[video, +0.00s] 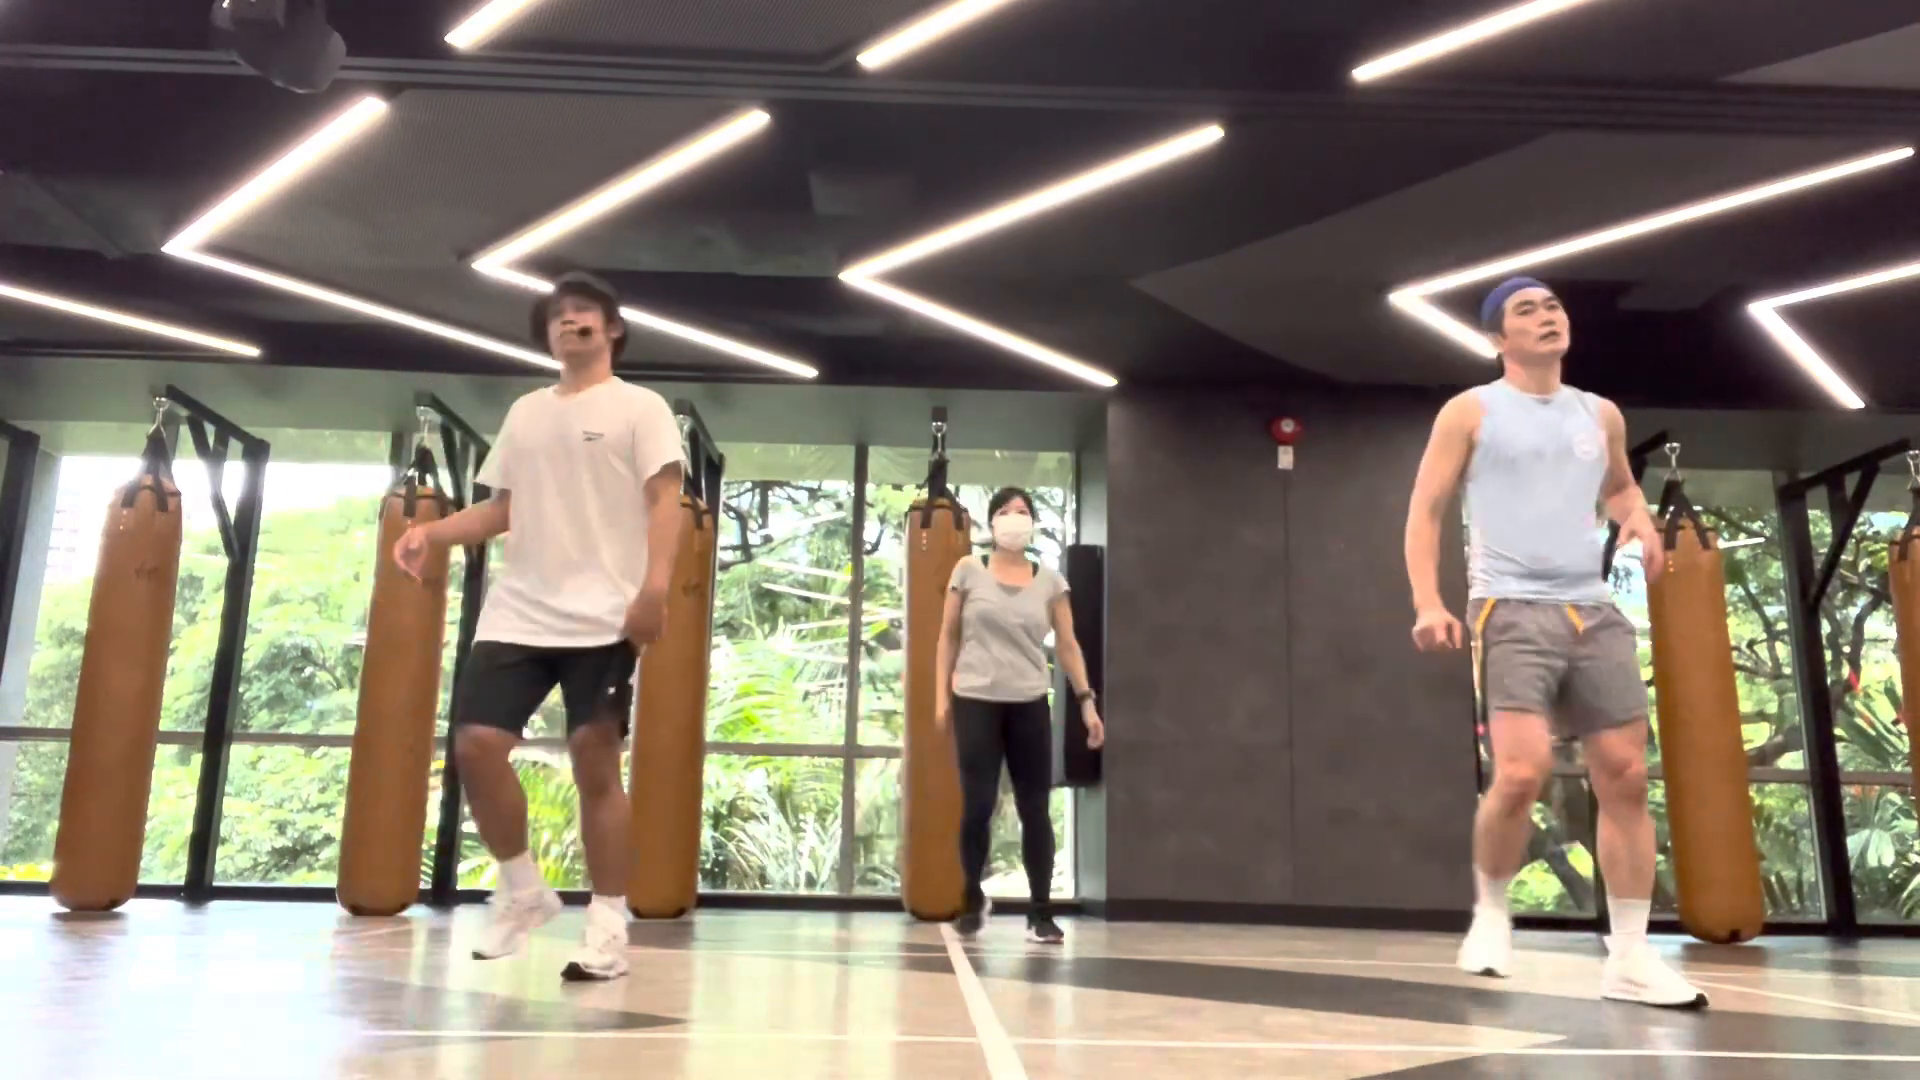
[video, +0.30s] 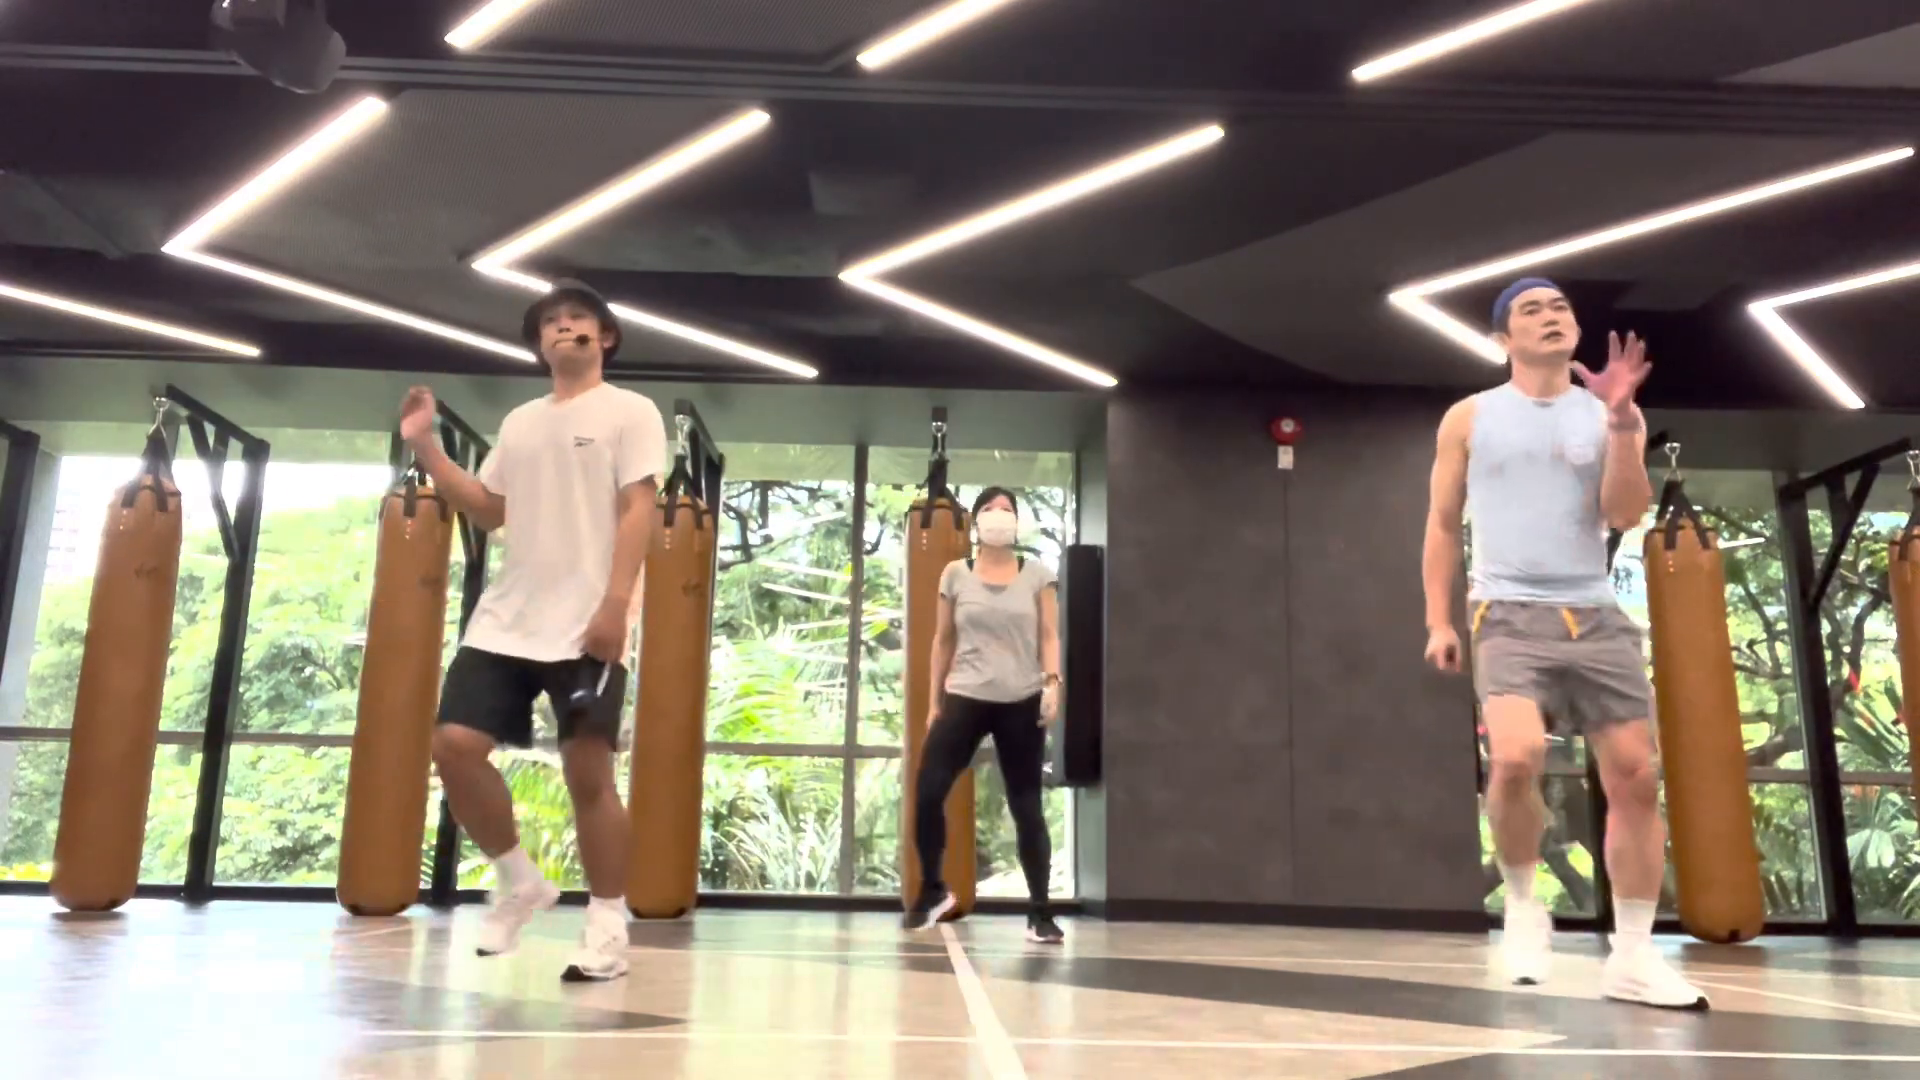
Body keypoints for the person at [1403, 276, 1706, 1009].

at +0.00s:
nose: (1547, 316)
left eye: (1554, 307)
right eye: (1527, 310)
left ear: (1569, 327)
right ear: (1499, 338)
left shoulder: (1602, 416)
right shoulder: (1469, 412)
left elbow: (1621, 492)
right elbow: (1425, 511)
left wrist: (1640, 524)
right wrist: (1428, 603)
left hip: (1597, 614)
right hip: (1512, 614)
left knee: (1627, 775)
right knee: (1521, 775)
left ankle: (1630, 956)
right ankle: (1491, 919)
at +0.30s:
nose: (1550, 316)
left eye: (1560, 308)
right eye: (1532, 310)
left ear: (1578, 331)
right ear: (1504, 339)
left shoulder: (1608, 414)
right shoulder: (1468, 418)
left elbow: (1623, 513)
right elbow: (1442, 523)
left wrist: (1622, 422)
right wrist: (1439, 621)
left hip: (1597, 616)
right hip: (1508, 616)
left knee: (1637, 772)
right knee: (1516, 759)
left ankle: (1633, 955)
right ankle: (1523, 910)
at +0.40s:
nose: (1531, 309)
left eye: (1541, 301)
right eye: (1513, 303)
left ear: (1559, 328)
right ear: (1485, 332)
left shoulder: (1591, 396)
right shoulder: (1453, 418)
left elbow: (1627, 487)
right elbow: (1433, 523)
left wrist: (1619, 392)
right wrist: (1424, 616)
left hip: (1581, 614)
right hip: (1484, 609)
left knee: (1625, 772)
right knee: (1457, 748)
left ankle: (1633, 955)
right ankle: (1443, 916)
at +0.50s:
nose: (1503, 314)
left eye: (1515, 306)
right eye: (1485, 309)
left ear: (1533, 333)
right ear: (1459, 340)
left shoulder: (1571, 396)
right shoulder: (1430, 430)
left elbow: (1617, 490)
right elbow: (1417, 532)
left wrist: (1616, 399)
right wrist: (1400, 617)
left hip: (1561, 625)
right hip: (1462, 623)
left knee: (1623, 775)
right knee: (1409, 756)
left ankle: (1631, 958)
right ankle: (1352, 928)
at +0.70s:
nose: (1439, 319)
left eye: (1450, 313)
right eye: (1421, 313)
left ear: (1464, 341)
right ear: (1390, 343)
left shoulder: (1499, 419)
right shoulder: (1353, 433)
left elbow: (1541, 526)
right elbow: (1338, 538)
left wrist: (1578, 489)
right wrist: (1326, 619)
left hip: (1477, 629)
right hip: (1380, 626)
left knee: (1557, 785)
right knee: (1340, 774)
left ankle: (1621, 952)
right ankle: (1307, 944)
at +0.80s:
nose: (1417, 310)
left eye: (1427, 303)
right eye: (1400, 301)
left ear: (1440, 330)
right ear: (1367, 328)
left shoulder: (1470, 412)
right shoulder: (1325, 415)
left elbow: (1491, 514)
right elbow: (1300, 518)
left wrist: (1539, 544)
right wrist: (1289, 602)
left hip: (1450, 618)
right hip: (1355, 617)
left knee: (1524, 773)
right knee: (1324, 771)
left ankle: (1554, 935)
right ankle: (1306, 946)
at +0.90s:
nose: (1408, 304)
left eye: (1417, 297)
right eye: (1391, 294)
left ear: (1426, 321)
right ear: (1355, 318)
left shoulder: (1454, 407)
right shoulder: (1311, 405)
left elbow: (1463, 514)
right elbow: (1272, 504)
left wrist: (1488, 594)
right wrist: (1263, 587)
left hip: (1436, 610)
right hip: (1342, 609)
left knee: (1474, 770)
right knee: (1319, 770)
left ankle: (1453, 915)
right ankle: (1305, 944)